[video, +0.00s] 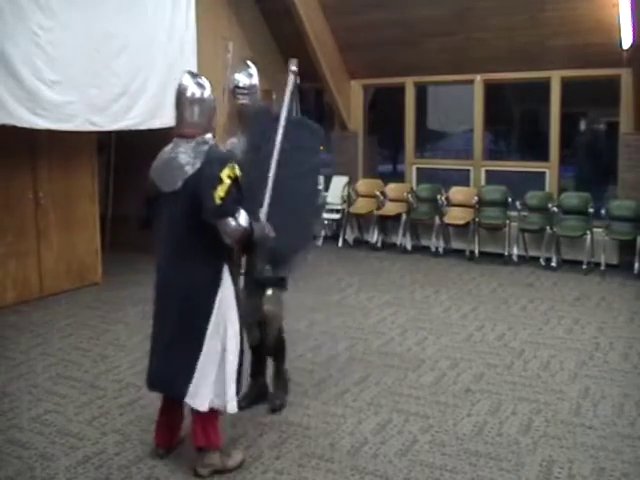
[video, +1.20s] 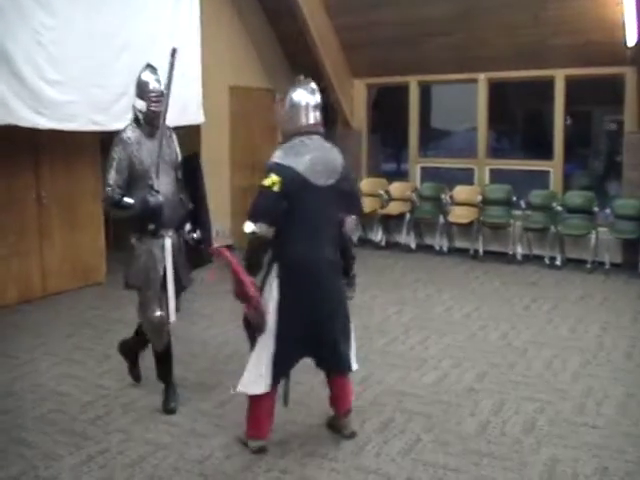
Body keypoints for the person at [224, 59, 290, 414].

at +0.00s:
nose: (239, 101)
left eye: (245, 93)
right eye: (235, 93)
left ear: (260, 96)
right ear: (229, 98)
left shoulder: (287, 139)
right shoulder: (237, 141)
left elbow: (303, 199)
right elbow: (231, 191)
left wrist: (280, 237)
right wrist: (234, 225)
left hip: (281, 236)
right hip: (250, 237)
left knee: (268, 308)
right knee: (249, 310)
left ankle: (278, 376)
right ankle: (257, 380)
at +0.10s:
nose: (234, 99)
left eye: (241, 92)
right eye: (229, 91)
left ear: (253, 97)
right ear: (218, 96)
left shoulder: (268, 139)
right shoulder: (208, 141)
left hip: (258, 239)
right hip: (213, 241)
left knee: (253, 315)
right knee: (218, 318)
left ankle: (254, 388)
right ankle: (221, 390)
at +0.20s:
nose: (239, 109)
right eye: (234, 103)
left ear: (192, 111)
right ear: (227, 112)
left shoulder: (173, 160)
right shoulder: (228, 162)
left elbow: (159, 221)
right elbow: (245, 228)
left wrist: (172, 257)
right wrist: (267, 253)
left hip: (181, 273)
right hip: (217, 277)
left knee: (198, 349)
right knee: (215, 355)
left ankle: (201, 428)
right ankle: (210, 449)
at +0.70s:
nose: (245, 119)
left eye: (237, 115)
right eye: (248, 114)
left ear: (222, 119)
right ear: (256, 117)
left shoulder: (209, 163)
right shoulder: (273, 160)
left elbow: (193, 218)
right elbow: (290, 219)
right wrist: (302, 265)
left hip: (224, 267)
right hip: (263, 267)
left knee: (233, 346)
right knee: (255, 345)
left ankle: (249, 432)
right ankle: (224, 429)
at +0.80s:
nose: (254, 118)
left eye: (245, 113)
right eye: (258, 112)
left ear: (231, 117)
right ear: (265, 116)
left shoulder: (214, 162)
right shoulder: (284, 159)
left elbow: (201, 226)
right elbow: (306, 219)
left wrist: (201, 272)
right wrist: (311, 267)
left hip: (231, 266)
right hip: (273, 266)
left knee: (238, 342)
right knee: (276, 343)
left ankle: (239, 419)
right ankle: (256, 414)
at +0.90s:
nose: (266, 117)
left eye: (257, 111)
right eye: (271, 111)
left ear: (243, 114)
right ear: (277, 114)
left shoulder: (226, 163)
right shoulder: (295, 159)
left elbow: (212, 231)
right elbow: (315, 222)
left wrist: (209, 272)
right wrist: (321, 266)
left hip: (242, 266)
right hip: (283, 264)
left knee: (245, 344)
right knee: (289, 335)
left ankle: (250, 434)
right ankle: (286, 409)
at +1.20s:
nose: (278, 116)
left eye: (281, 110)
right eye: (281, 109)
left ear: (289, 115)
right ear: (318, 115)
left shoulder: (285, 161)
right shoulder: (338, 161)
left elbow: (262, 225)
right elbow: (350, 218)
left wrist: (247, 274)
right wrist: (345, 264)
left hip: (290, 266)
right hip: (327, 265)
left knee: (270, 345)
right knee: (335, 340)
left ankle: (258, 433)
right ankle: (343, 418)